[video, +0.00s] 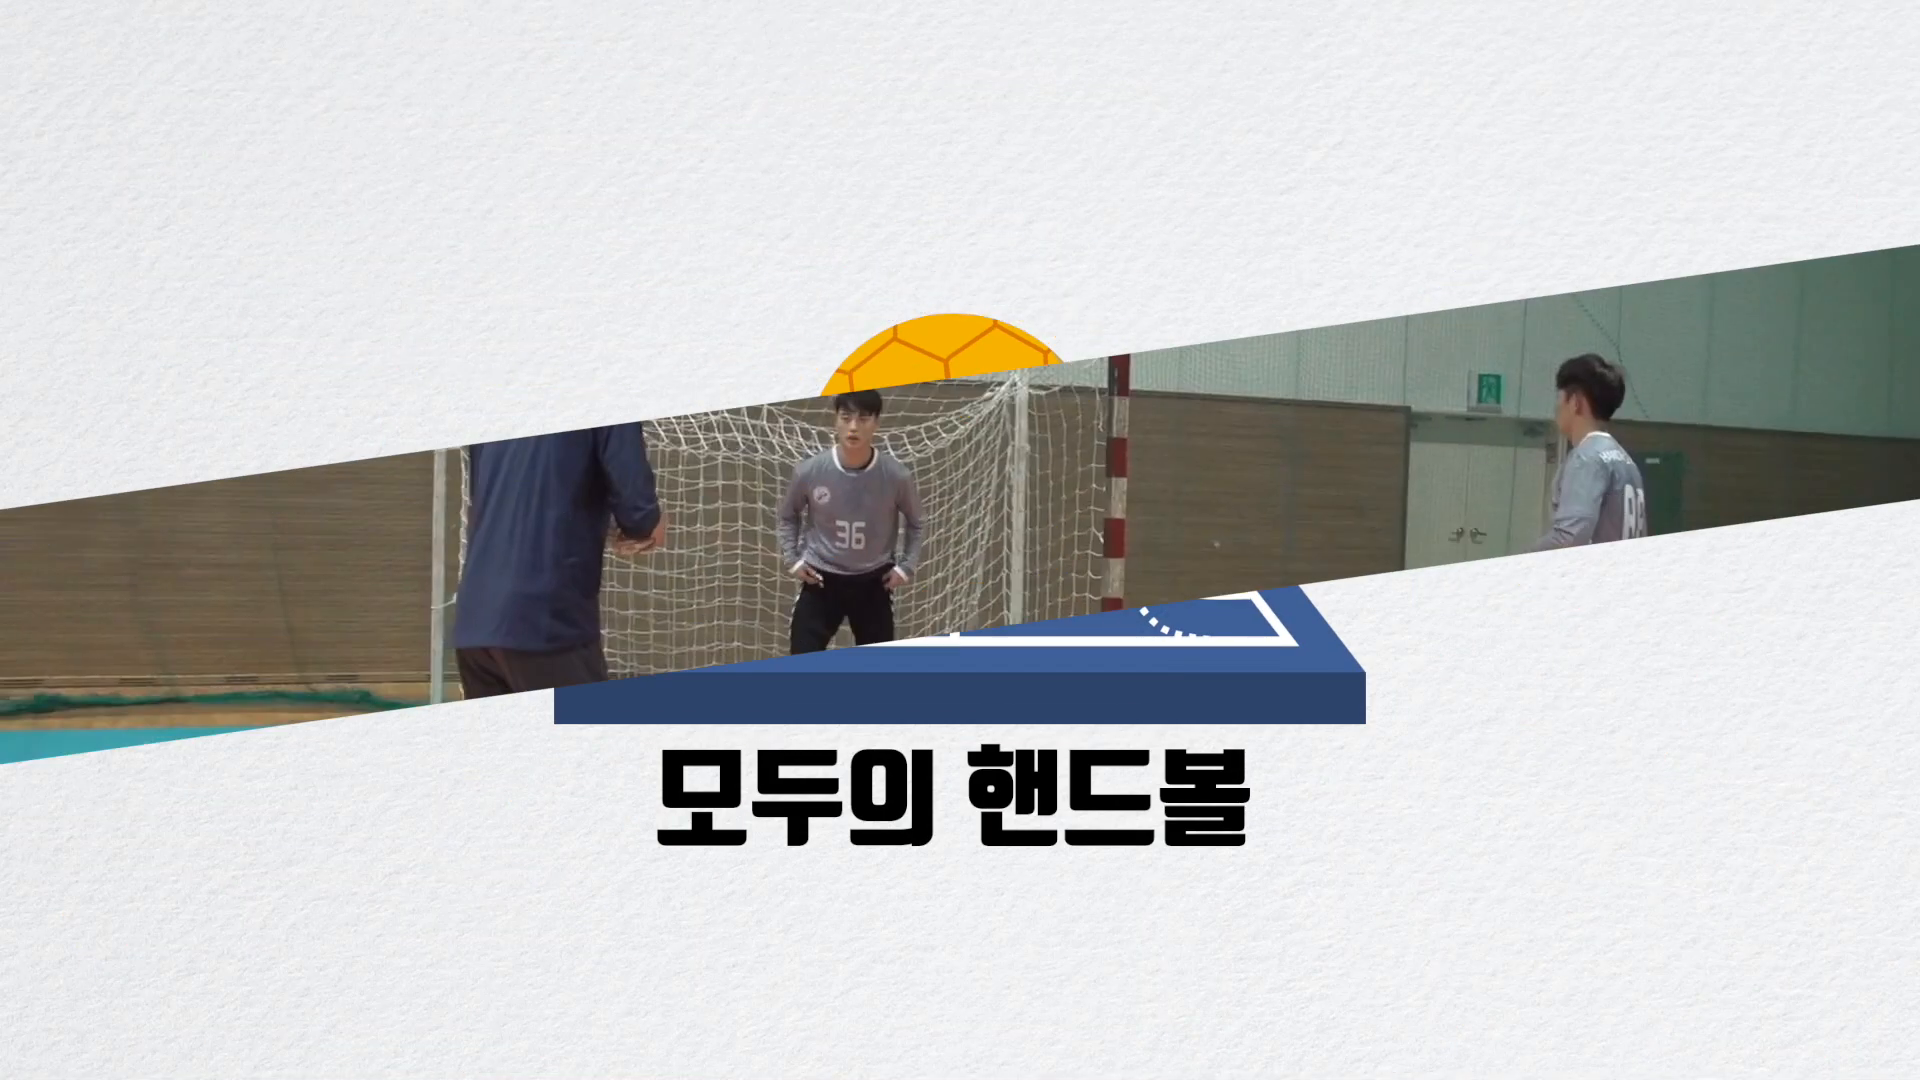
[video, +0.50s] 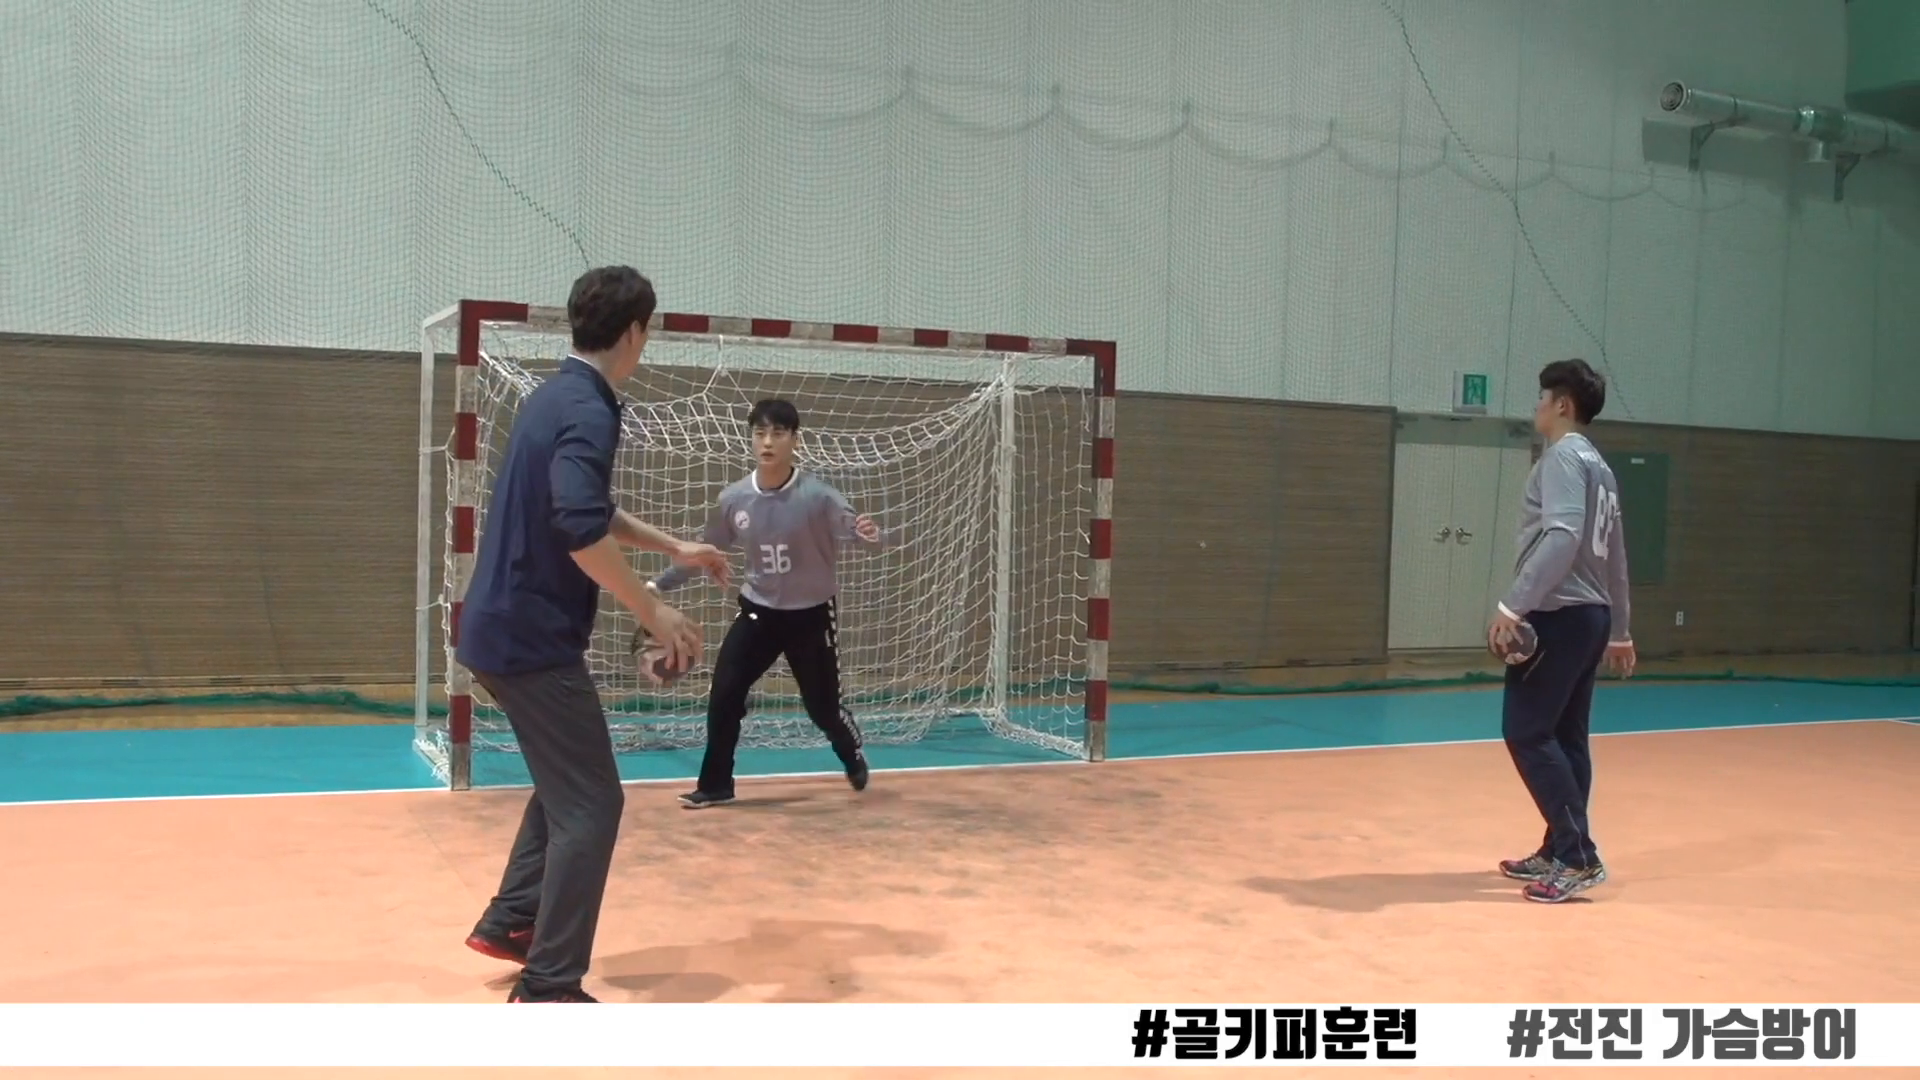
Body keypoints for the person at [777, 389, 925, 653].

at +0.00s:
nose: (853, 427)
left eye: (863, 418)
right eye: (846, 418)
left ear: (876, 424)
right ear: (836, 422)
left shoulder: (897, 476)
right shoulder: (810, 472)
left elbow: (915, 524)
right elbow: (787, 517)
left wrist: (906, 566)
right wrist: (792, 559)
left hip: (872, 587)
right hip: (821, 584)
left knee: (879, 668)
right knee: (802, 665)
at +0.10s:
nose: (851, 427)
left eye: (861, 419)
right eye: (845, 418)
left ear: (876, 425)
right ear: (835, 422)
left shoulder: (896, 477)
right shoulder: (813, 471)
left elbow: (918, 530)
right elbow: (795, 522)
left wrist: (909, 570)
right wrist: (787, 565)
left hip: (873, 588)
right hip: (820, 585)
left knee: (880, 673)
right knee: (799, 662)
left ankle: (880, 760)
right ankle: (801, 762)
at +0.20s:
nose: (841, 433)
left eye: (851, 425)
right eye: (834, 424)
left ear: (868, 431)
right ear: (824, 429)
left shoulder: (889, 484)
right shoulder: (806, 479)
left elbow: (917, 537)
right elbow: (787, 536)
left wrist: (917, 571)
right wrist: (767, 579)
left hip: (865, 597)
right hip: (812, 593)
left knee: (875, 681)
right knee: (783, 668)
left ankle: (877, 761)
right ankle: (772, 767)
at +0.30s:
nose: (822, 438)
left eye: (832, 431)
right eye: (816, 430)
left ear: (847, 437)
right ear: (807, 436)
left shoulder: (872, 491)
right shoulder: (789, 491)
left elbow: (911, 532)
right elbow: (769, 541)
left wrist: (914, 552)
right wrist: (735, 579)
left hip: (852, 609)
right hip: (798, 605)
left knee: (866, 690)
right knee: (759, 676)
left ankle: (869, 764)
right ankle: (737, 774)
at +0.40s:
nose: (796, 439)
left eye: (806, 431)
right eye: (790, 431)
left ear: (822, 438)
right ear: (782, 438)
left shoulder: (847, 492)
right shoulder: (764, 494)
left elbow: (909, 540)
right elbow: (742, 539)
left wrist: (895, 533)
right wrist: (704, 569)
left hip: (832, 615)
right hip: (777, 611)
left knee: (849, 695)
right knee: (736, 682)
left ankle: (865, 759)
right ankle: (720, 781)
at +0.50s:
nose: (767, 442)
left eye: (778, 434)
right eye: (761, 433)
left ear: (795, 442)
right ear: (752, 440)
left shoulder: (817, 495)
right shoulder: (734, 499)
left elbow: (861, 537)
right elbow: (705, 553)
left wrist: (870, 535)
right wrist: (658, 585)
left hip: (810, 617)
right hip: (757, 615)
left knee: (823, 707)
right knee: (724, 695)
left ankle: (853, 757)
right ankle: (716, 785)